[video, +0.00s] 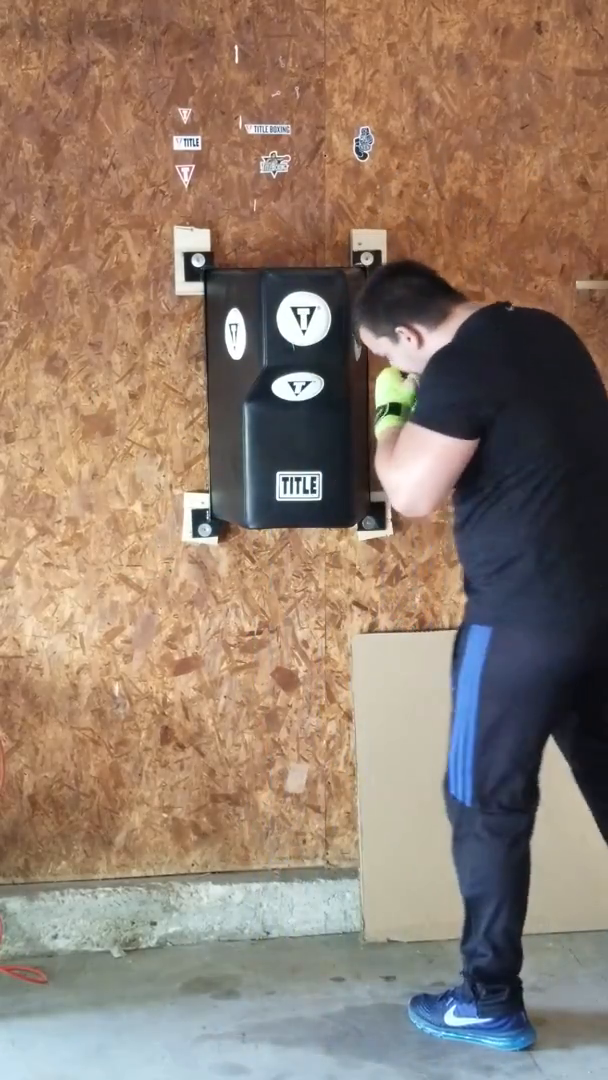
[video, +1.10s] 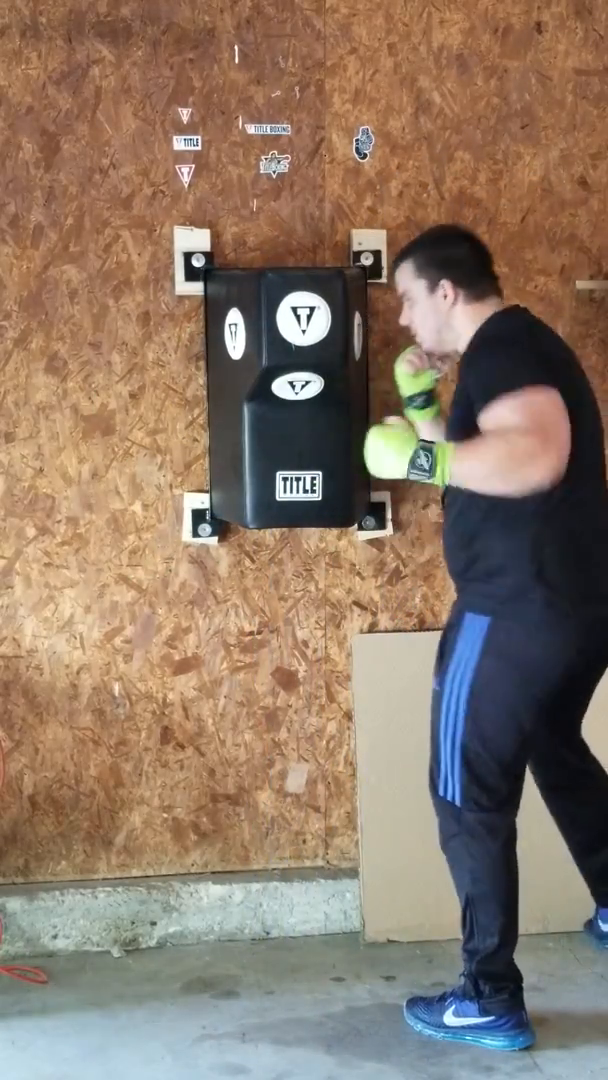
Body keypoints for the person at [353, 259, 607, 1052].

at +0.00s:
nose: (394, 365)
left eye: (387, 354)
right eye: (387, 357)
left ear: (410, 333)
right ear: (450, 293)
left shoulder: (463, 366)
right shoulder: (552, 334)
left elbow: (412, 495)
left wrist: (390, 426)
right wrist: (426, 404)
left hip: (519, 617)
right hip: (591, 609)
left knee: (487, 804)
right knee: (604, 793)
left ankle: (490, 998)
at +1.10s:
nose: (406, 319)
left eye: (408, 301)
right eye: (403, 304)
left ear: (446, 292)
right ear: (471, 289)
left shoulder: (500, 347)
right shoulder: (533, 344)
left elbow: (536, 459)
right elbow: (499, 468)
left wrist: (425, 456)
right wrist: (429, 415)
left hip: (513, 612)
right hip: (575, 605)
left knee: (469, 798)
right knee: (557, 749)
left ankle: (489, 997)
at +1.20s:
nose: (427, 303)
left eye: (431, 288)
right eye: (425, 291)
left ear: (470, 276)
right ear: (510, 278)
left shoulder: (478, 327)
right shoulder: (584, 350)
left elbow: (429, 392)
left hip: (501, 606)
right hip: (592, 601)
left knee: (482, 801)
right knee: (565, 730)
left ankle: (489, 995)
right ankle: (607, 895)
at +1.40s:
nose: (455, 314)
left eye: (458, 299)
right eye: (454, 302)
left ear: (485, 288)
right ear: (535, 290)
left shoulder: (488, 335)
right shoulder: (595, 348)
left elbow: (437, 431)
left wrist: (380, 419)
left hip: (506, 602)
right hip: (595, 605)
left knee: (466, 792)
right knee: (591, 784)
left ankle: (480, 990)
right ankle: (606, 944)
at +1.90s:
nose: (416, 347)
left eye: (423, 333)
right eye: (417, 336)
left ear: (455, 322)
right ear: (489, 325)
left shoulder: (484, 351)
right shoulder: (549, 404)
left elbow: (370, 388)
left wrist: (395, 357)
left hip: (463, 614)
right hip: (537, 626)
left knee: (387, 796)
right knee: (482, 766)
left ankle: (391, 1005)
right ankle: (592, 937)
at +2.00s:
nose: (421, 342)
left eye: (425, 325)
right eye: (419, 331)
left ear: (463, 308)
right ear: (472, 314)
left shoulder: (543, 349)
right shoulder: (487, 407)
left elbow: (471, 382)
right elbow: (433, 550)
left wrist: (413, 350)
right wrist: (334, 522)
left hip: (467, 611)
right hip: (484, 617)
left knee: (387, 798)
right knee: (455, 776)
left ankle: (393, 1006)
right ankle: (564, 938)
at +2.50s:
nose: (396, 326)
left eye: (396, 305)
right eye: (391, 310)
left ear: (429, 287)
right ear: (453, 283)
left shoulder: (483, 350)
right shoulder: (514, 342)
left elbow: (444, 472)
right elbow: (457, 458)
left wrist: (369, 428)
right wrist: (393, 411)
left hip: (470, 597)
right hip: (534, 598)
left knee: (378, 782)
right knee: (511, 768)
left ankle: (349, 987)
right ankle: (560, 953)